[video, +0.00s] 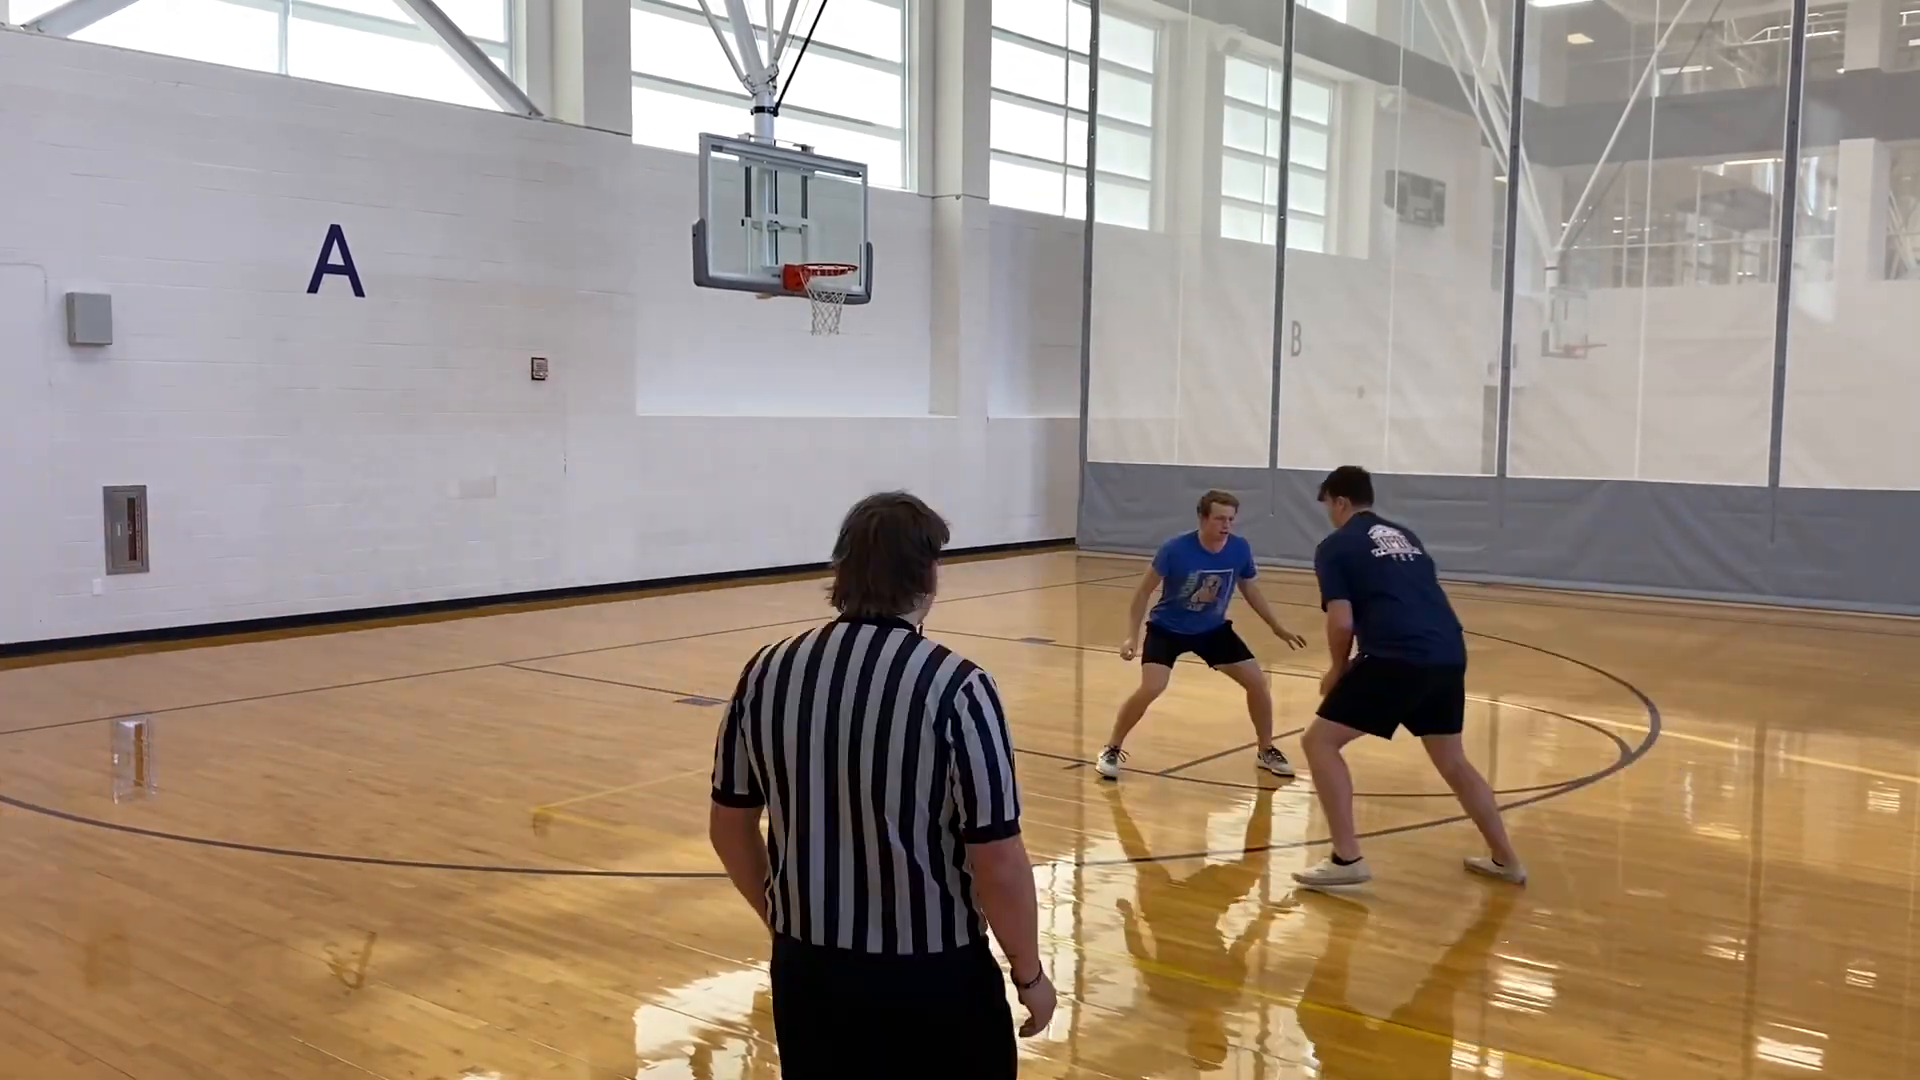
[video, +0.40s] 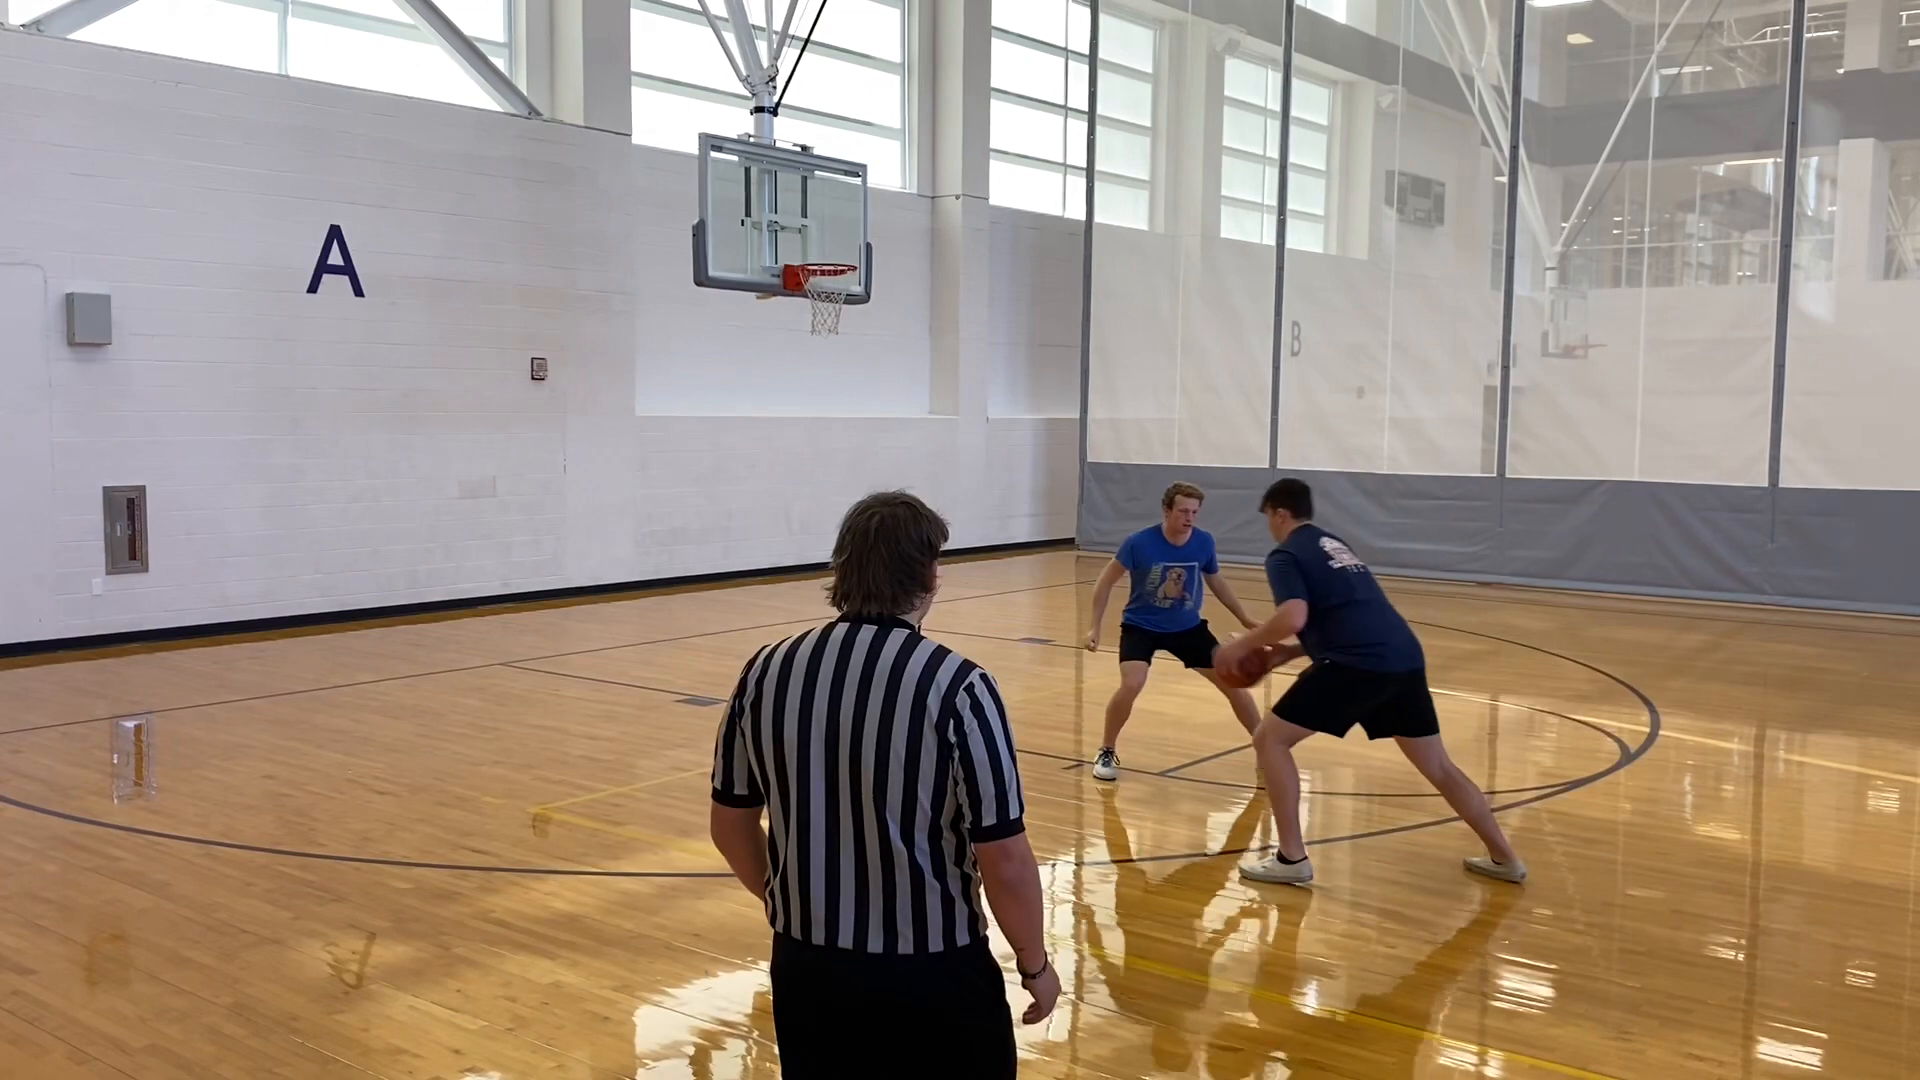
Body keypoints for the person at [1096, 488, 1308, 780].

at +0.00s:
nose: (1226, 526)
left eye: (1230, 520)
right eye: (1220, 519)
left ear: (1234, 521)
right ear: (1202, 517)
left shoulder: (1239, 550)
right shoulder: (1174, 550)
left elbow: (1251, 591)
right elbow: (1144, 591)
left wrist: (1278, 628)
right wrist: (1133, 636)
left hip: (1213, 630)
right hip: (1168, 629)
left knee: (1257, 682)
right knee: (1152, 686)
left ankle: (1267, 751)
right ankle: (1112, 749)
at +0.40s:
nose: (1190, 517)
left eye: (1194, 512)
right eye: (1183, 511)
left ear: (1198, 513)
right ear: (1166, 511)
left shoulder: (1203, 542)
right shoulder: (1139, 544)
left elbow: (1215, 581)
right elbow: (1106, 581)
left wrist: (1245, 619)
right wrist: (1095, 628)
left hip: (1187, 628)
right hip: (1141, 627)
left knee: (1232, 682)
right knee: (1132, 684)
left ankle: (1267, 747)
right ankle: (1107, 751)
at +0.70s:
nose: (1156, 503)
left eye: (1161, 497)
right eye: (1149, 496)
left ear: (1166, 499)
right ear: (1134, 496)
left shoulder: (1172, 529)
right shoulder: (1106, 527)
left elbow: (1192, 568)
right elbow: (1074, 558)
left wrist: (1221, 601)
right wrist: (1057, 602)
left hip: (1158, 613)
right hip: (1113, 613)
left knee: (1198, 677)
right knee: (1116, 677)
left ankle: (1240, 741)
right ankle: (1104, 752)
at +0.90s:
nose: (1135, 495)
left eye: (1141, 489)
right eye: (1129, 489)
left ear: (1148, 491)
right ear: (1116, 488)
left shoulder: (1157, 522)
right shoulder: (1089, 517)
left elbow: (1187, 556)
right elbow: (1059, 548)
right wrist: (1037, 590)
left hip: (1142, 608)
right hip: (1097, 609)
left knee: (1175, 666)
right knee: (1099, 676)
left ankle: (1193, 740)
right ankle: (1102, 751)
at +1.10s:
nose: (1117, 491)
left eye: (1123, 486)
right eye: (1112, 485)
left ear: (1130, 488)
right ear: (1100, 484)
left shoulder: (1136, 518)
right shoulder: (1074, 512)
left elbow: (1154, 556)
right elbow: (1045, 547)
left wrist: (1153, 595)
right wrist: (1024, 588)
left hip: (1122, 599)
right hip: (1078, 599)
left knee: (1150, 662)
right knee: (1077, 670)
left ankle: (1147, 732)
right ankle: (1084, 744)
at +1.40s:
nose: (1091, 493)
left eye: (1097, 488)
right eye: (1086, 487)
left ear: (1106, 489)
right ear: (1076, 486)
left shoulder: (1114, 518)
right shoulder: (1054, 518)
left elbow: (1134, 558)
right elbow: (1028, 555)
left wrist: (1138, 600)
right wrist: (1009, 595)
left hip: (1104, 601)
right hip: (1060, 599)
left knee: (1122, 670)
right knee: (1043, 664)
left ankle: (1115, 739)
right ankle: (1038, 738)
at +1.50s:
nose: (1084, 495)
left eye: (1088, 489)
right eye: (1078, 488)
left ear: (1091, 493)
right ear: (1068, 491)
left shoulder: (1105, 522)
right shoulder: (1045, 522)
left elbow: (1125, 565)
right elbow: (1021, 561)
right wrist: (1002, 601)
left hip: (1095, 603)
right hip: (1051, 600)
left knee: (1112, 672)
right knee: (1027, 662)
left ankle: (1111, 743)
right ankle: (1015, 734)